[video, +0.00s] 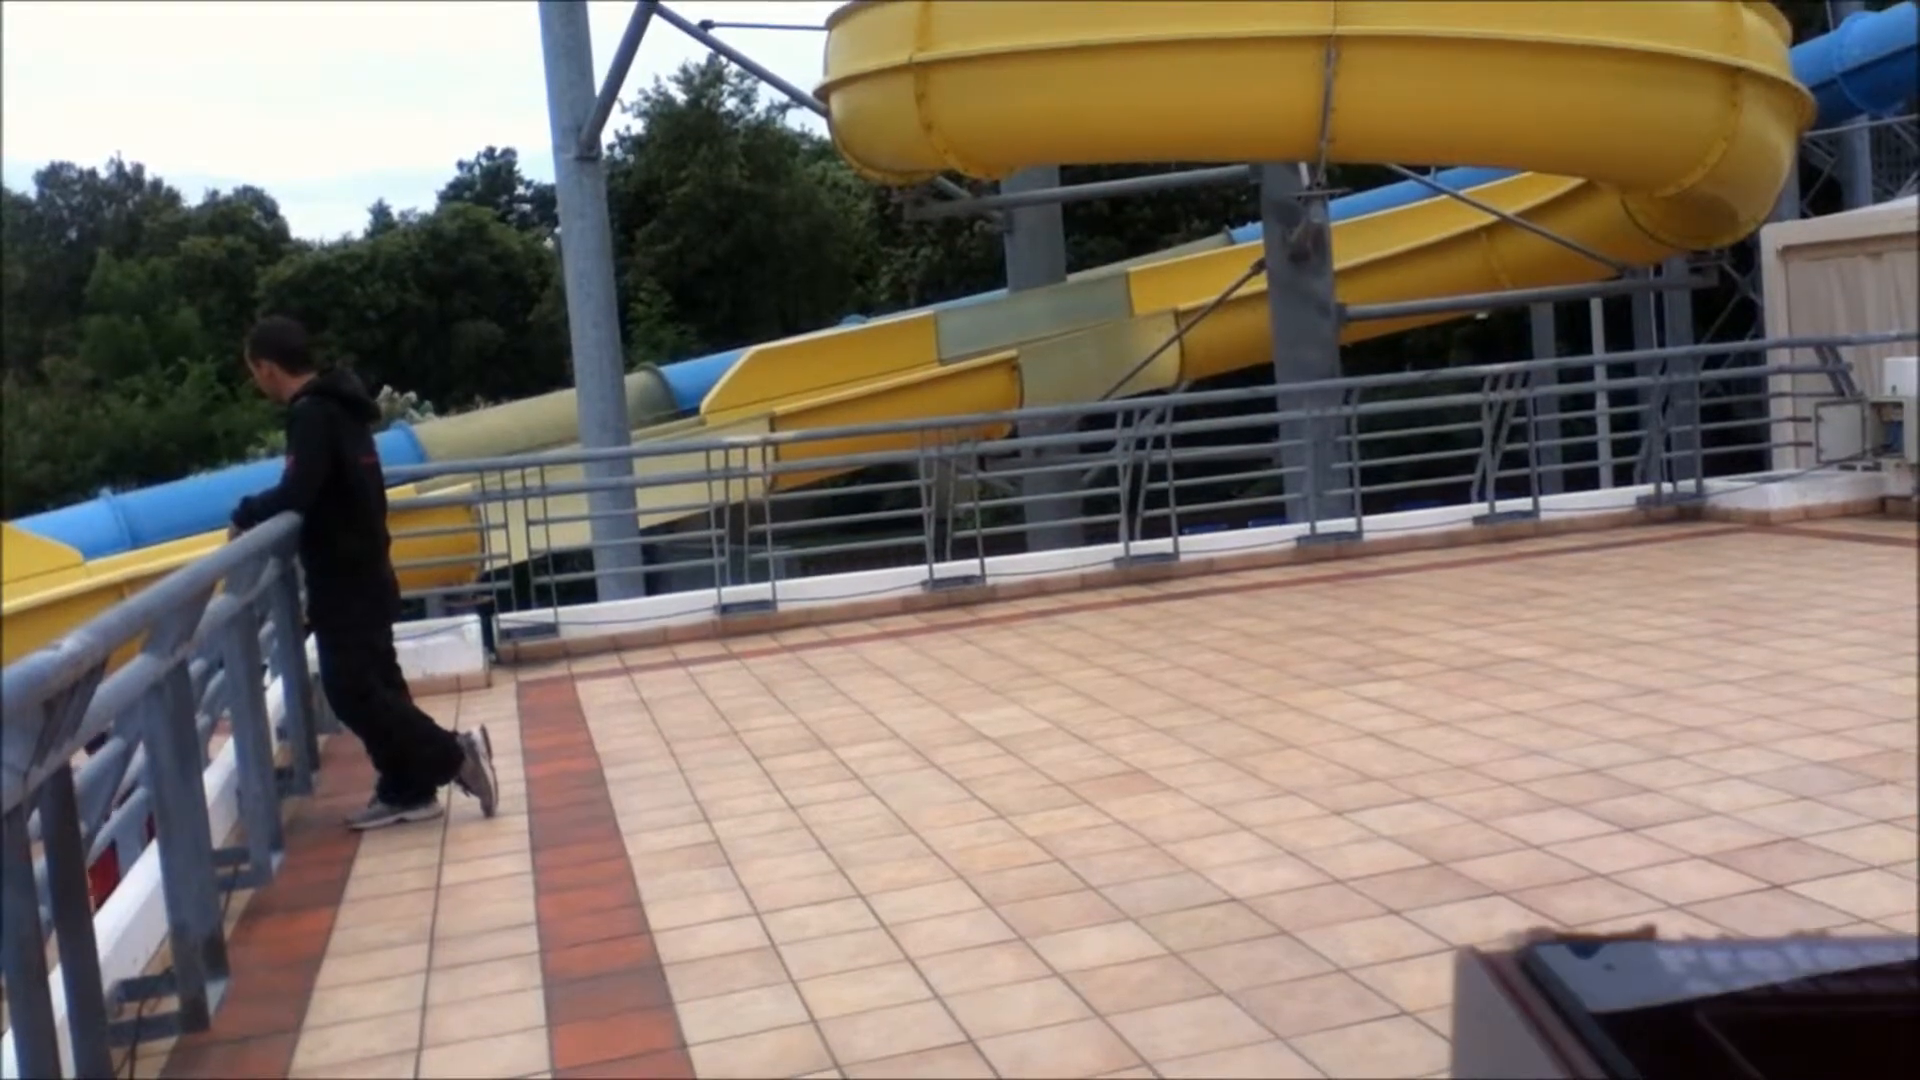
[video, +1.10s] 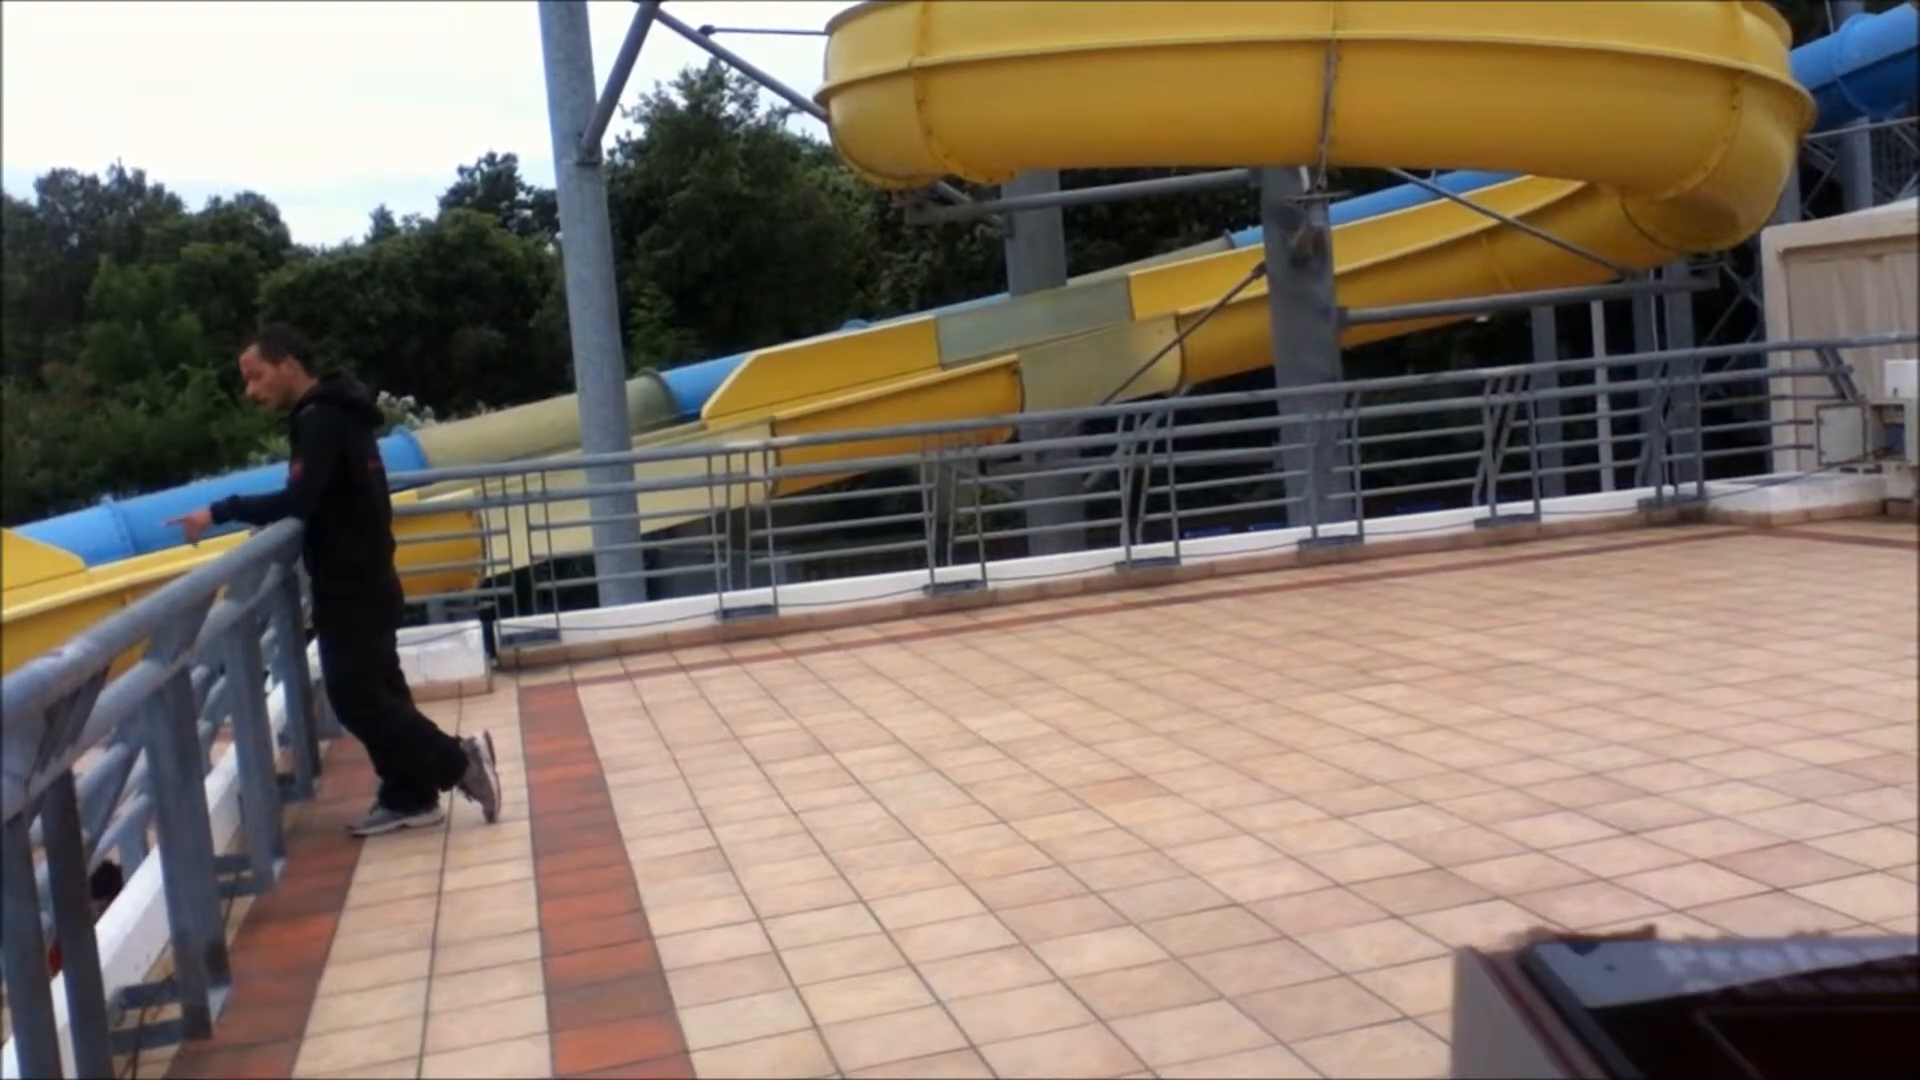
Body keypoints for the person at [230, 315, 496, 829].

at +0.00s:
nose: (256, 381)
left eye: (255, 371)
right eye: (254, 372)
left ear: (270, 368)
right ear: (302, 357)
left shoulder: (311, 414)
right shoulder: (338, 403)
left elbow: (299, 494)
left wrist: (245, 514)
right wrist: (264, 513)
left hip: (343, 578)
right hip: (365, 572)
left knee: (349, 694)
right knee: (377, 680)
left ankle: (452, 755)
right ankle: (405, 792)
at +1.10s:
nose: (251, 391)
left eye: (255, 377)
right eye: (247, 381)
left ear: (290, 366)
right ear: (289, 371)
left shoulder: (317, 420)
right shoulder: (337, 409)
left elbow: (301, 502)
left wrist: (221, 511)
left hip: (350, 586)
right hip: (365, 579)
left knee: (354, 699)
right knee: (379, 687)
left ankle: (457, 763)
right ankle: (408, 798)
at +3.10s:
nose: (260, 396)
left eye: (262, 382)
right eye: (255, 386)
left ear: (291, 368)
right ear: (296, 372)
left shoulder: (321, 421)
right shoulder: (341, 412)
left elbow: (308, 500)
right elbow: (324, 498)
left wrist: (255, 515)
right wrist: (271, 514)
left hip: (345, 588)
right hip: (363, 582)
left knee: (350, 700)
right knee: (377, 688)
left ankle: (454, 763)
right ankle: (407, 800)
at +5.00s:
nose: (252, 366)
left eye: (254, 352)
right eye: (248, 355)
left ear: (283, 339)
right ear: (288, 342)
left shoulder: (318, 392)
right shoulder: (334, 382)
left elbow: (303, 471)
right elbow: (315, 467)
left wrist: (253, 486)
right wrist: (268, 483)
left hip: (343, 558)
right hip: (357, 553)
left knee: (346, 670)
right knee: (371, 659)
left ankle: (449, 734)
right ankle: (402, 769)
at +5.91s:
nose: (253, 356)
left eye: (254, 342)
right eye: (250, 345)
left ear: (280, 333)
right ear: (291, 334)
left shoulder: (319, 386)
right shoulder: (333, 376)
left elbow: (301, 463)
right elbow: (312, 462)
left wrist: (248, 482)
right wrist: (263, 480)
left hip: (346, 553)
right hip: (358, 548)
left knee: (347, 664)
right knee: (370, 654)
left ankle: (452, 727)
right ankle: (402, 764)